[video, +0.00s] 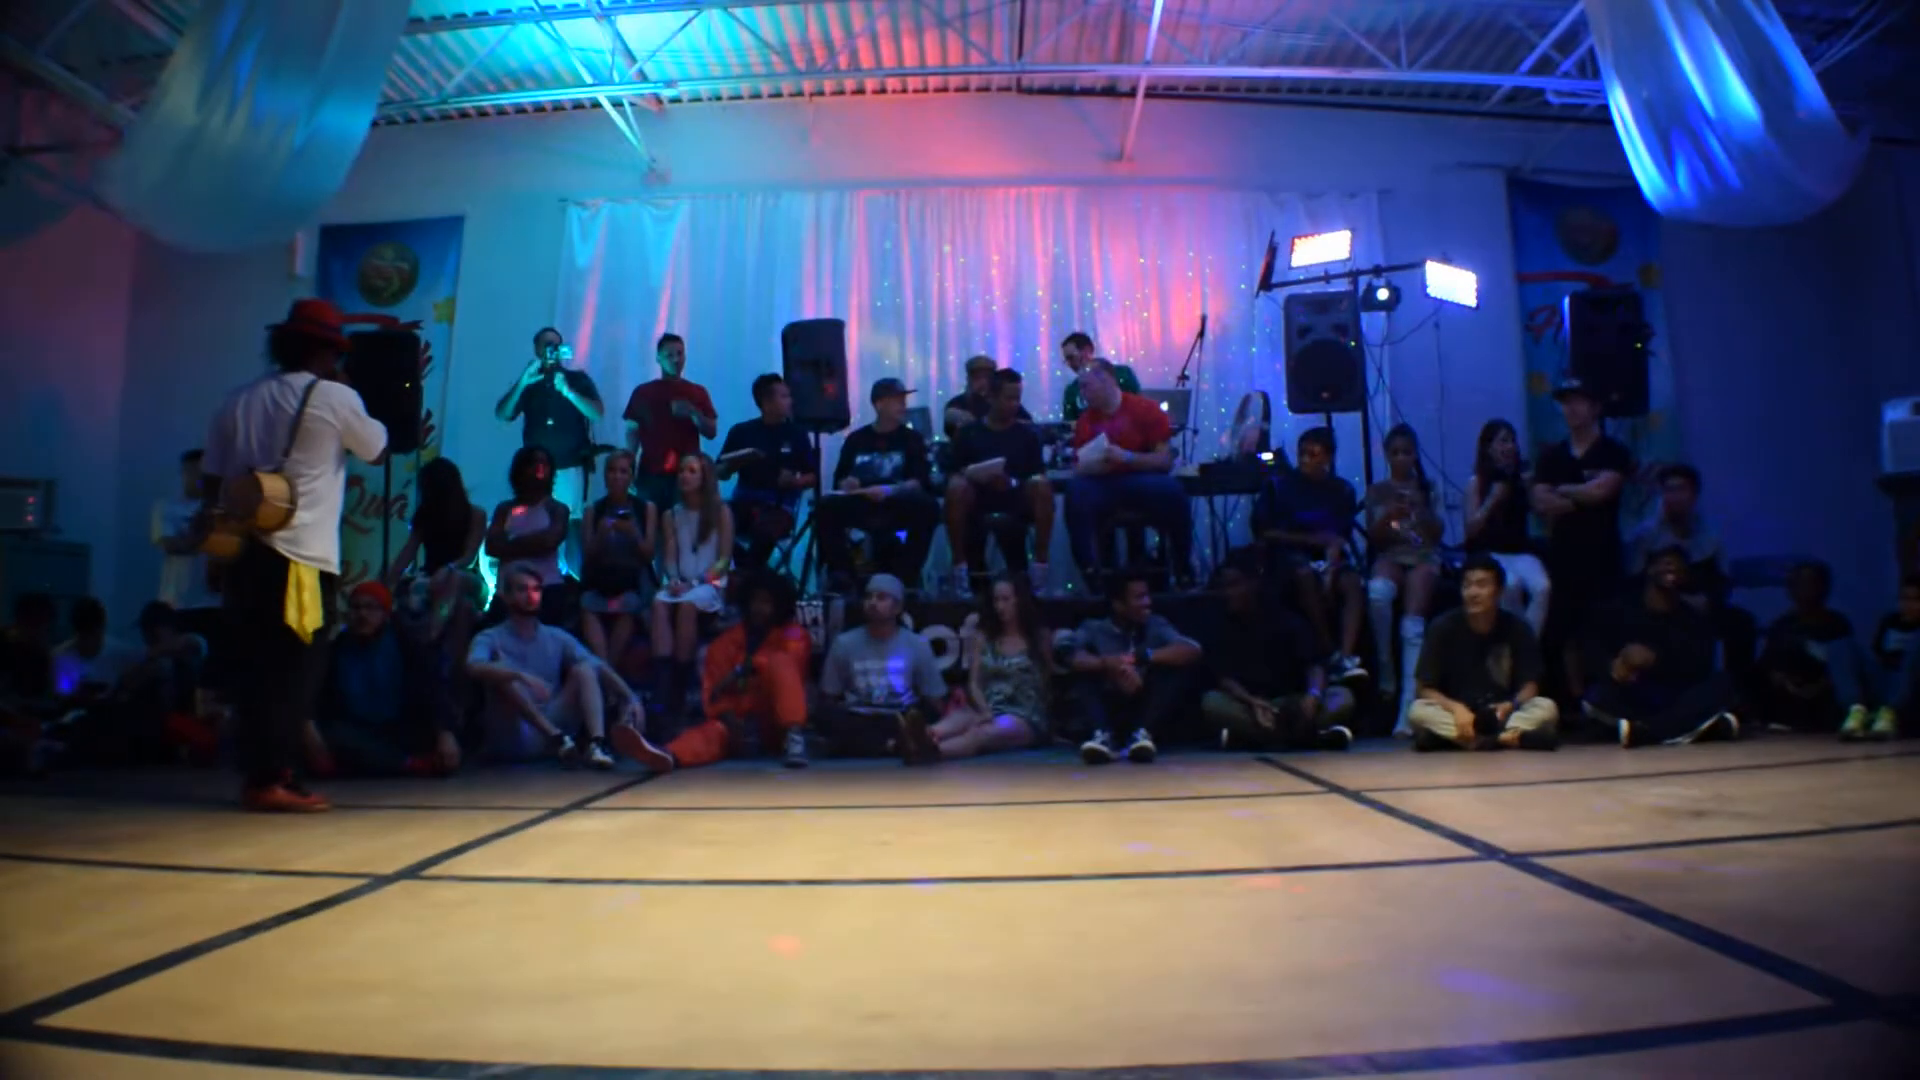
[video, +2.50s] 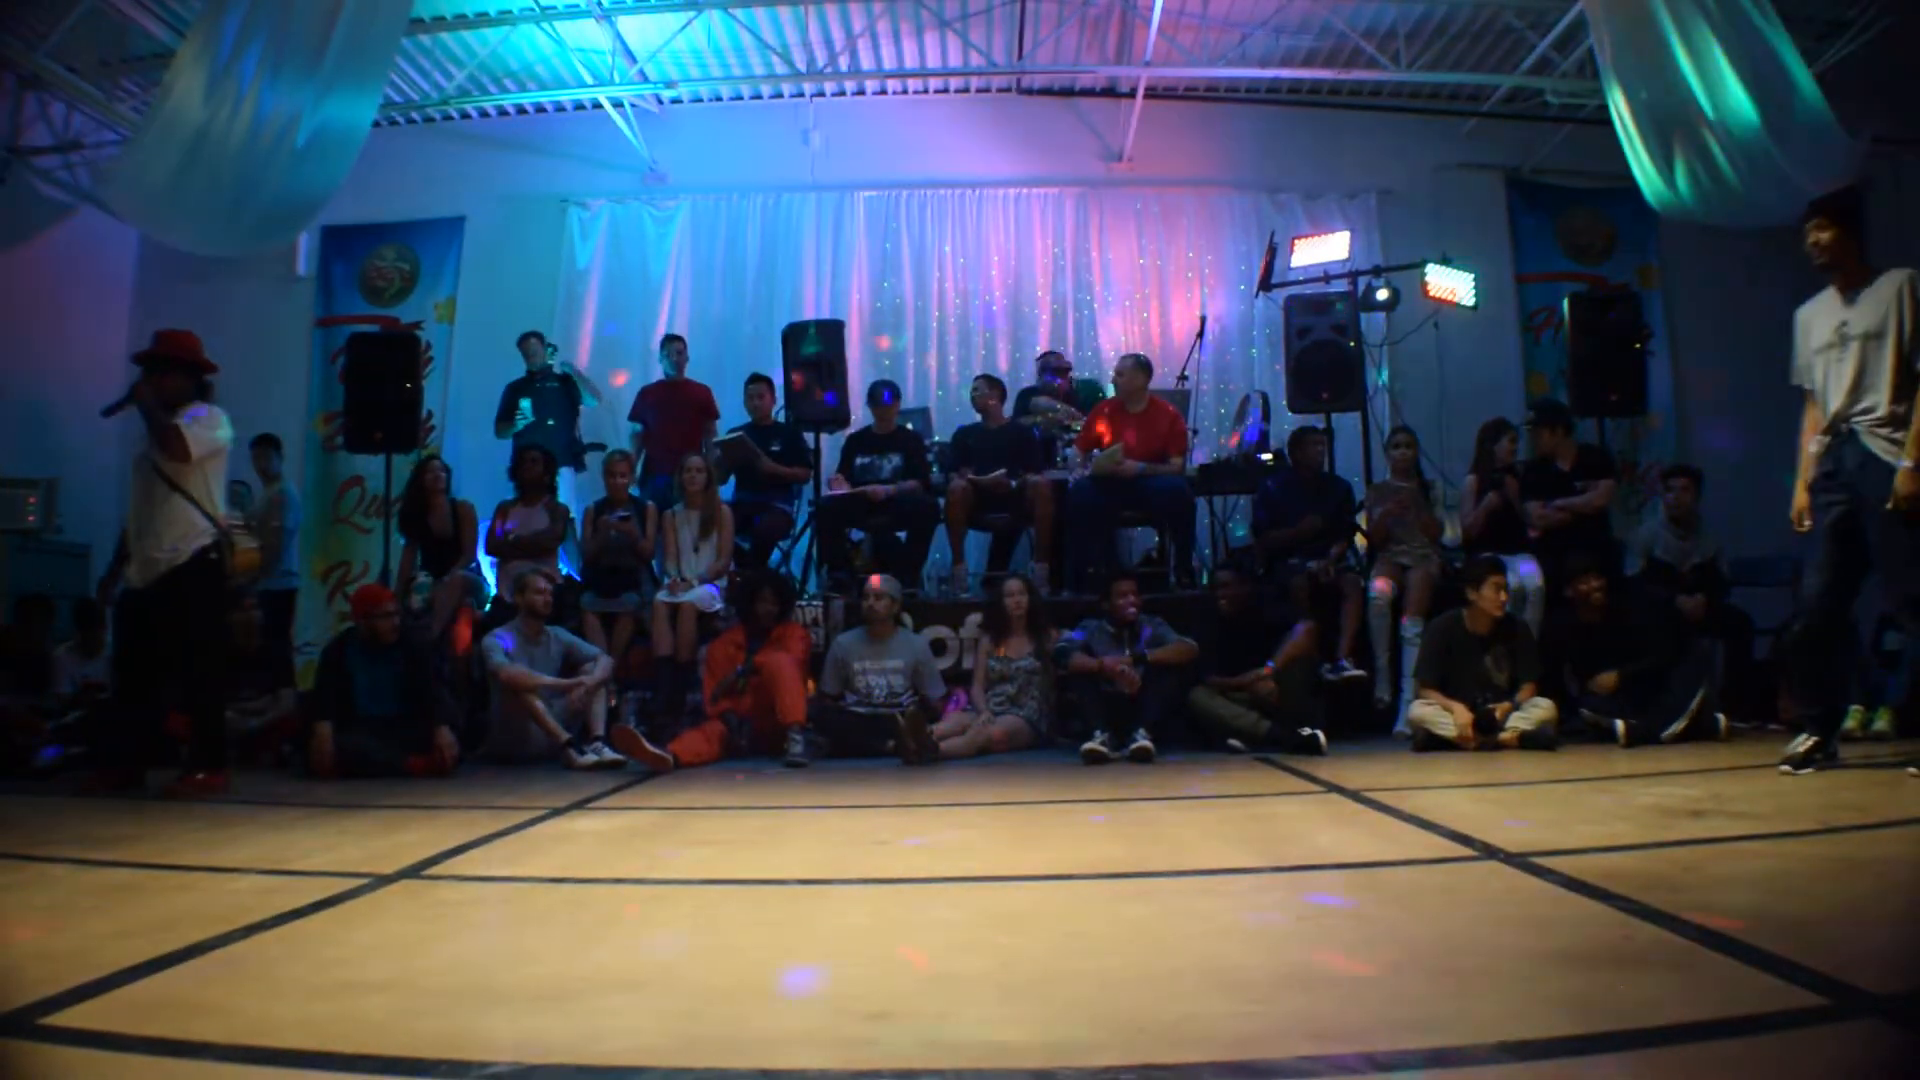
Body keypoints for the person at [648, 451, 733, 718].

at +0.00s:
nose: (685, 476)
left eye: (692, 471)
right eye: (682, 471)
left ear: (704, 477)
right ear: (678, 477)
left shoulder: (720, 512)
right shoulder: (670, 516)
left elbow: (725, 557)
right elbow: (669, 556)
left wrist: (705, 579)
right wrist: (674, 579)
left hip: (709, 579)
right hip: (679, 580)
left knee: (687, 605)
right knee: (659, 604)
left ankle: (681, 679)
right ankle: (662, 677)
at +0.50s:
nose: (685, 476)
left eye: (692, 471)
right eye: (682, 471)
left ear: (705, 478)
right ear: (678, 477)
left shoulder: (720, 513)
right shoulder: (671, 516)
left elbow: (723, 559)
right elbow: (670, 556)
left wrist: (701, 578)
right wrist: (673, 577)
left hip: (709, 579)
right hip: (679, 580)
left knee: (687, 606)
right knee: (659, 605)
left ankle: (680, 680)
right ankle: (662, 679)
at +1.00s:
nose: (697, 477)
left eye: (703, 471)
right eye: (691, 471)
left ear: (710, 477)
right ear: (681, 477)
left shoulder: (720, 512)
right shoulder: (671, 516)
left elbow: (724, 560)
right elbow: (670, 555)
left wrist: (698, 580)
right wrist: (673, 576)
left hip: (710, 579)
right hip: (679, 580)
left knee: (687, 606)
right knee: (659, 605)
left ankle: (681, 679)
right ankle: (662, 678)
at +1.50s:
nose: (698, 476)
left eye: (704, 471)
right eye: (692, 471)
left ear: (711, 477)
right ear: (682, 477)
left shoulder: (721, 512)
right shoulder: (671, 516)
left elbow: (723, 560)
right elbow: (670, 556)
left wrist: (697, 581)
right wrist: (673, 577)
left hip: (711, 579)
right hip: (680, 580)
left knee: (687, 606)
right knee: (659, 605)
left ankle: (681, 682)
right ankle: (662, 680)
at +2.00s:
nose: (699, 477)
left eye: (704, 472)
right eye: (693, 472)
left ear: (711, 477)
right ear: (683, 477)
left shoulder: (721, 513)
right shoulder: (672, 516)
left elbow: (725, 560)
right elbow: (671, 557)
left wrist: (699, 580)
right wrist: (675, 577)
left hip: (710, 579)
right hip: (681, 580)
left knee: (688, 605)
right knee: (661, 603)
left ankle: (682, 679)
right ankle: (663, 678)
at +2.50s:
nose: (694, 476)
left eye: (699, 471)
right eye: (688, 471)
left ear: (709, 476)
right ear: (681, 477)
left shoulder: (721, 512)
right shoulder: (671, 516)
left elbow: (724, 561)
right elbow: (670, 557)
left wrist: (697, 580)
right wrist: (673, 578)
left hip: (710, 580)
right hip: (680, 580)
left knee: (688, 605)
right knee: (660, 603)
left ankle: (682, 679)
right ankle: (662, 677)